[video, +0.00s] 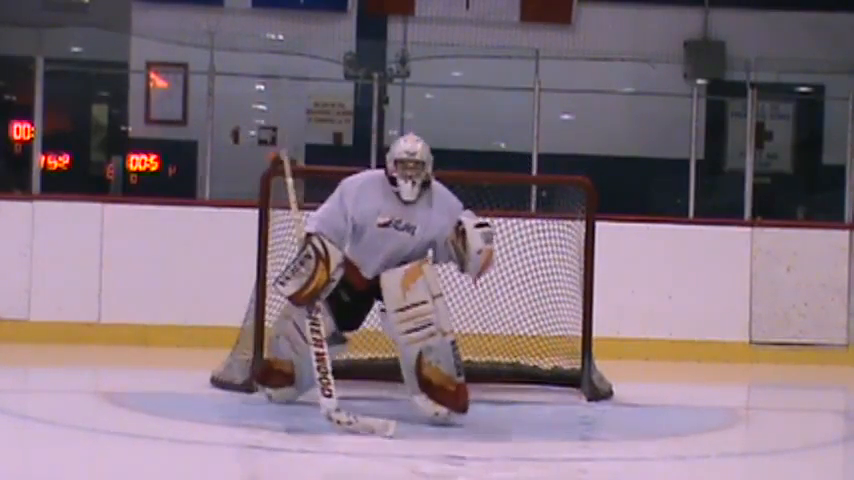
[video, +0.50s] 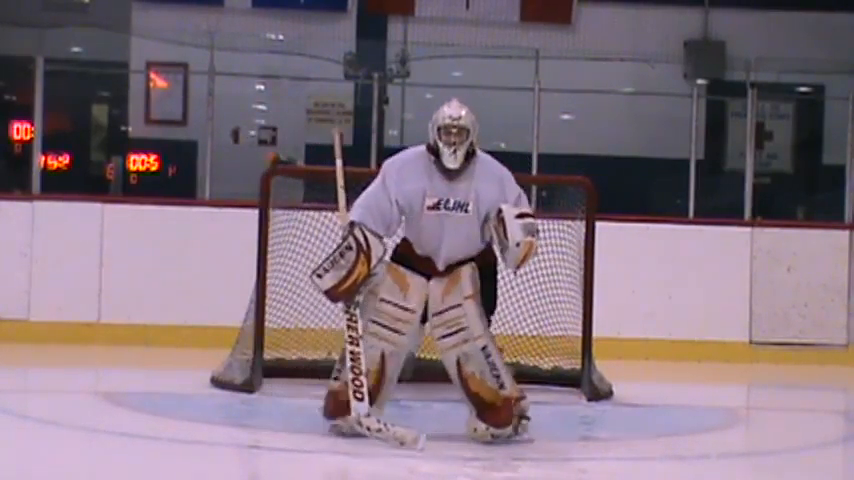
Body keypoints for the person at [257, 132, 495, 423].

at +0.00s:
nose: (410, 175)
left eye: (417, 169)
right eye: (403, 167)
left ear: (429, 170)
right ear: (390, 166)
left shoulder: (444, 206)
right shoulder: (359, 189)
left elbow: (461, 254)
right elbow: (324, 230)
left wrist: (474, 244)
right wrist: (310, 266)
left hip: (405, 278)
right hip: (354, 271)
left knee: (423, 328)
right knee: (321, 324)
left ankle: (441, 391)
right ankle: (282, 374)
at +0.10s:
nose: (429, 172)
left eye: (436, 164)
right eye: (422, 164)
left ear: (447, 166)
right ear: (408, 163)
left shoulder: (463, 202)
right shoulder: (377, 189)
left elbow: (481, 253)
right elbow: (343, 233)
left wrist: (492, 243)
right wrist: (330, 272)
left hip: (428, 279)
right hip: (376, 275)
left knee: (448, 334)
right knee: (348, 337)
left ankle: (466, 401)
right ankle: (299, 387)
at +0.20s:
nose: (441, 165)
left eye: (448, 158)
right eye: (435, 157)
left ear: (460, 160)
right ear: (421, 158)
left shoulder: (476, 197)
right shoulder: (390, 186)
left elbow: (504, 258)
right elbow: (356, 234)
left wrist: (508, 241)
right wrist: (340, 272)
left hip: (446, 278)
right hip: (391, 275)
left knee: (461, 338)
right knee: (351, 333)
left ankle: (487, 409)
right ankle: (309, 393)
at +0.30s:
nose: (449, 158)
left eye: (456, 151)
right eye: (442, 151)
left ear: (468, 153)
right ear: (428, 152)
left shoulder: (486, 191)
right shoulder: (397, 181)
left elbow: (511, 255)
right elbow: (365, 235)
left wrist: (515, 238)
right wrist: (344, 278)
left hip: (460, 276)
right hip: (402, 273)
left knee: (463, 343)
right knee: (357, 330)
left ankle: (500, 412)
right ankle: (320, 398)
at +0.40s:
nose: (451, 150)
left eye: (459, 143)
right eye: (444, 143)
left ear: (471, 147)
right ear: (432, 144)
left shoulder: (492, 186)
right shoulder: (402, 177)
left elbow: (516, 253)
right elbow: (368, 230)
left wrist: (517, 237)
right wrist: (346, 274)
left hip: (466, 273)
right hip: (408, 267)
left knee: (455, 341)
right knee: (367, 329)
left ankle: (498, 410)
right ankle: (329, 405)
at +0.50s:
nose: (452, 140)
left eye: (459, 134)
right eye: (445, 133)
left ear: (472, 137)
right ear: (434, 135)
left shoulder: (494, 176)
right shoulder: (403, 169)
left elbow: (521, 242)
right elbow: (369, 221)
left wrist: (513, 236)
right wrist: (348, 267)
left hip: (466, 271)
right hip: (407, 265)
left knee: (472, 344)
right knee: (379, 339)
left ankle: (500, 418)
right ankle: (349, 410)